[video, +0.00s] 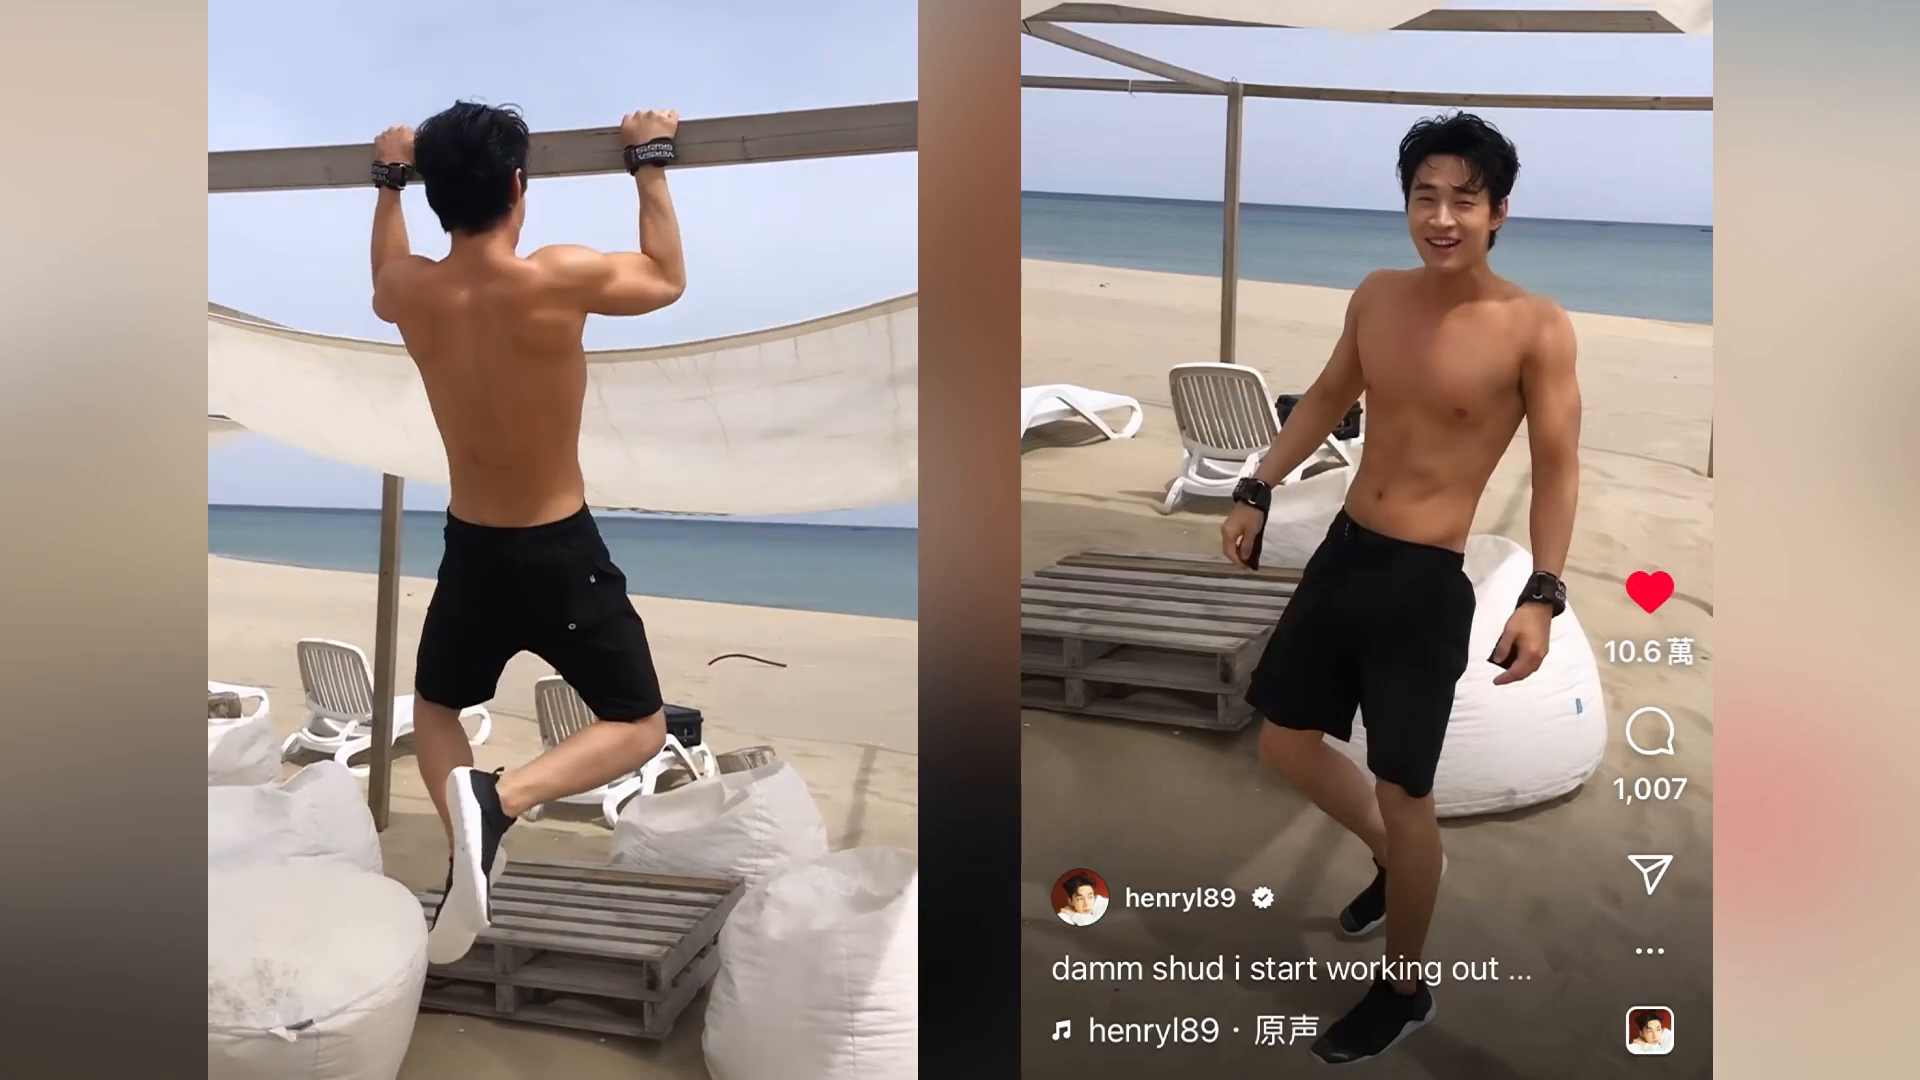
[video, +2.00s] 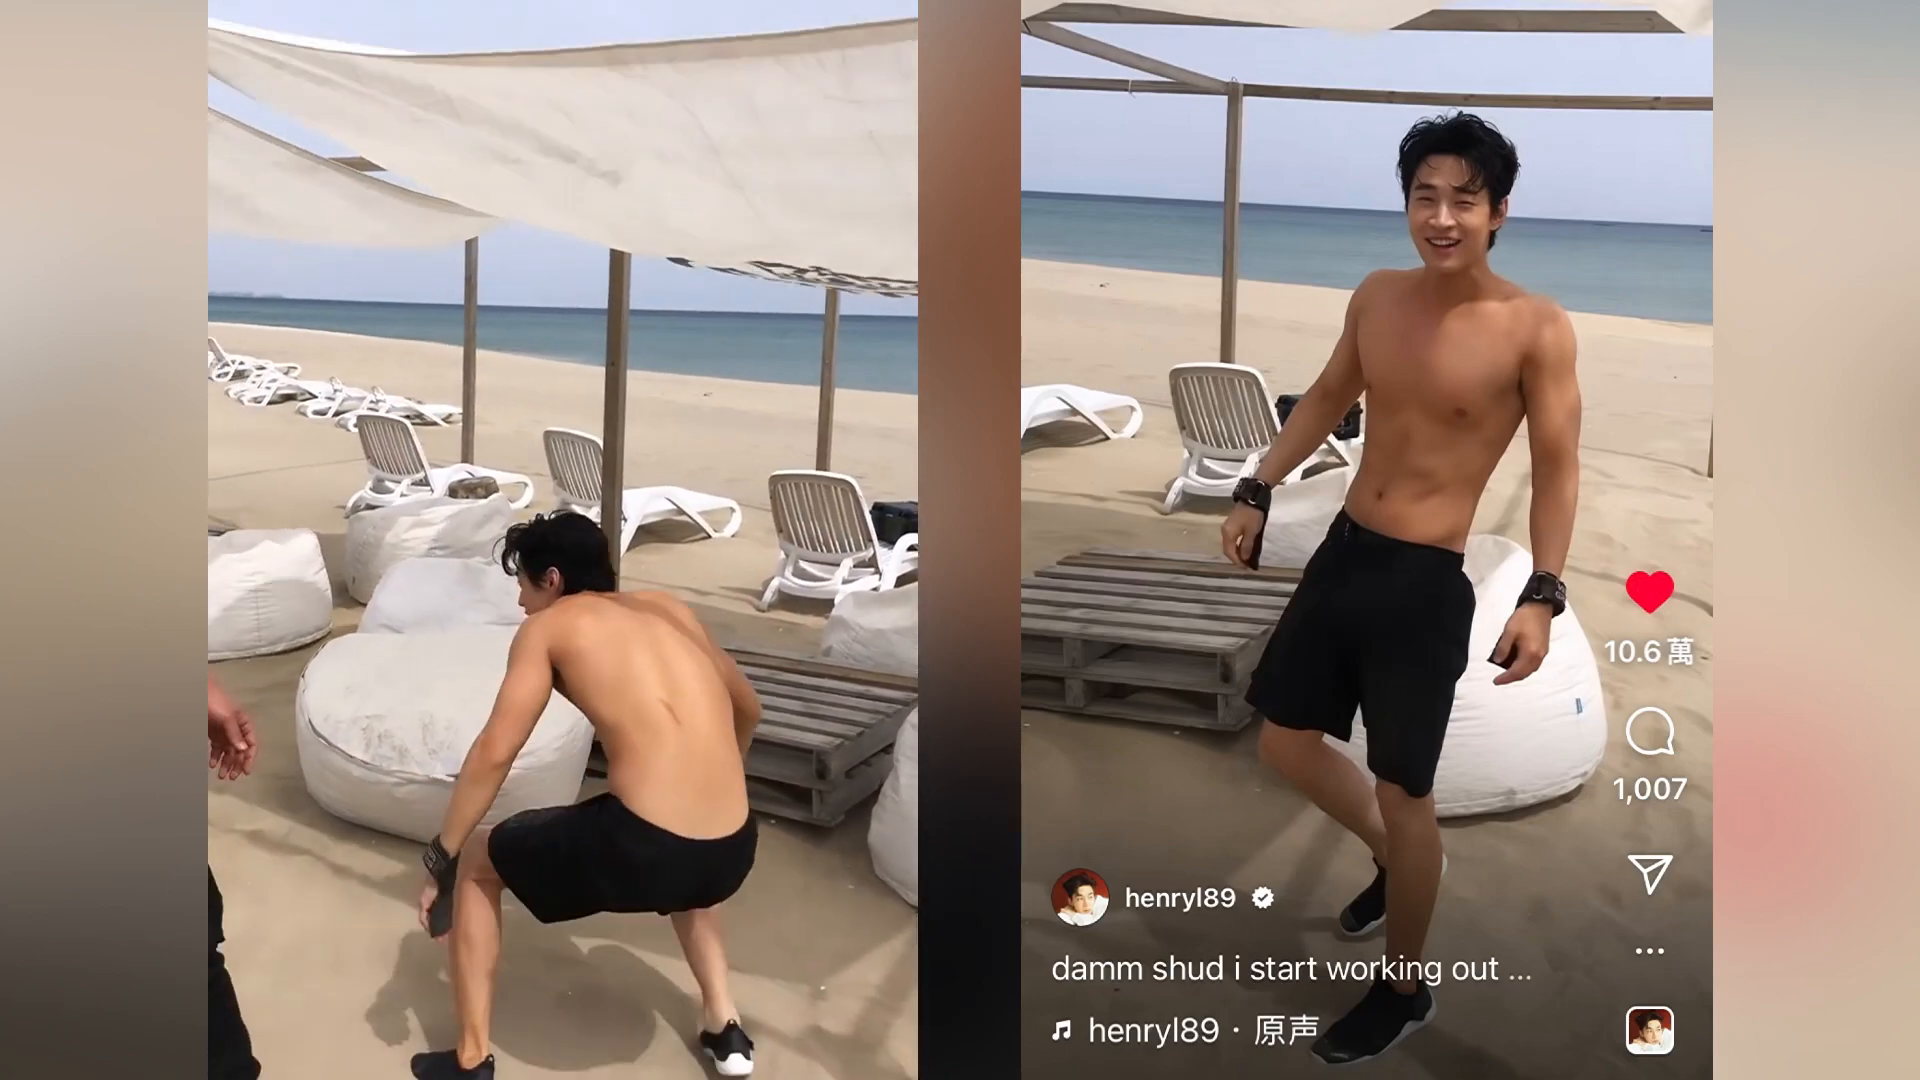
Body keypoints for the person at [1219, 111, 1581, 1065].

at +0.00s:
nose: (1440, 216)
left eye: (1462, 198)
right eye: (1424, 197)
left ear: (1498, 210)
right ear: (1406, 208)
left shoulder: (1535, 328)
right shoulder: (1378, 296)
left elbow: (1556, 468)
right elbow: (1330, 398)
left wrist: (1540, 595)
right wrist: (1255, 484)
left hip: (1426, 579)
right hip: (1345, 553)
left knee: (1402, 799)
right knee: (1284, 742)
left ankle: (1403, 981)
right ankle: (1398, 847)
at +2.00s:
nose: (1440, 216)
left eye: (1462, 198)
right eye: (1424, 197)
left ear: (1498, 210)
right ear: (1406, 208)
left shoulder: (1535, 328)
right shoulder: (1378, 296)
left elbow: (1556, 468)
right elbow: (1330, 398)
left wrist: (1540, 595)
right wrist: (1255, 484)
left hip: (1426, 579)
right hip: (1345, 553)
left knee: (1402, 799)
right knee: (1284, 742)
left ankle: (1403, 981)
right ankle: (1398, 847)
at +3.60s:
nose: (1440, 216)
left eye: (1461, 198)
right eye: (1424, 197)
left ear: (1498, 210)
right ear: (1406, 208)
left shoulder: (1535, 328)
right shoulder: (1379, 297)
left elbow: (1556, 469)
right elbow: (1330, 398)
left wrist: (1540, 595)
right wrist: (1256, 484)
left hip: (1427, 579)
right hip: (1345, 553)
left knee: (1402, 799)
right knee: (1284, 742)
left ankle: (1403, 981)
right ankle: (1398, 846)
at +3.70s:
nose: (1440, 216)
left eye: (1461, 198)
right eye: (1424, 197)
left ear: (1498, 210)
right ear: (1406, 208)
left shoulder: (1535, 328)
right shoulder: (1379, 297)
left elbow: (1556, 469)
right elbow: (1330, 398)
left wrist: (1540, 595)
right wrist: (1256, 484)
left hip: (1427, 579)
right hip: (1345, 553)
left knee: (1402, 799)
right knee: (1284, 742)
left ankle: (1403, 981)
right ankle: (1398, 846)